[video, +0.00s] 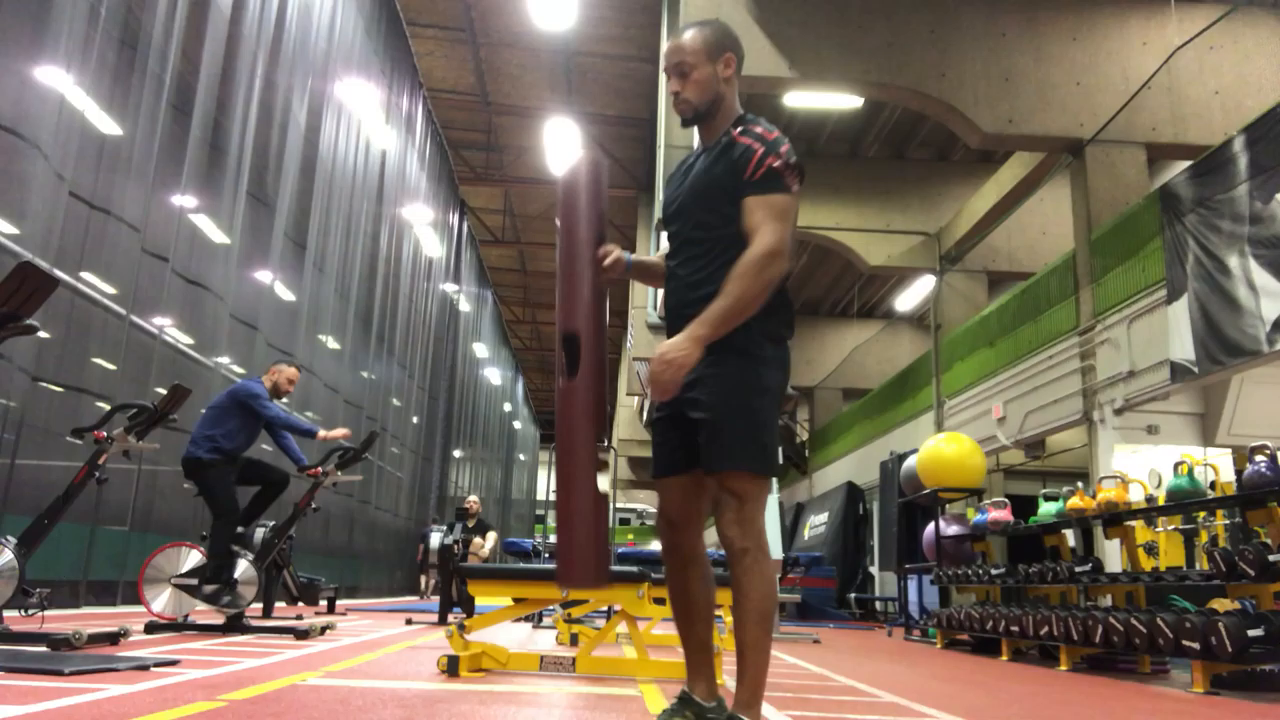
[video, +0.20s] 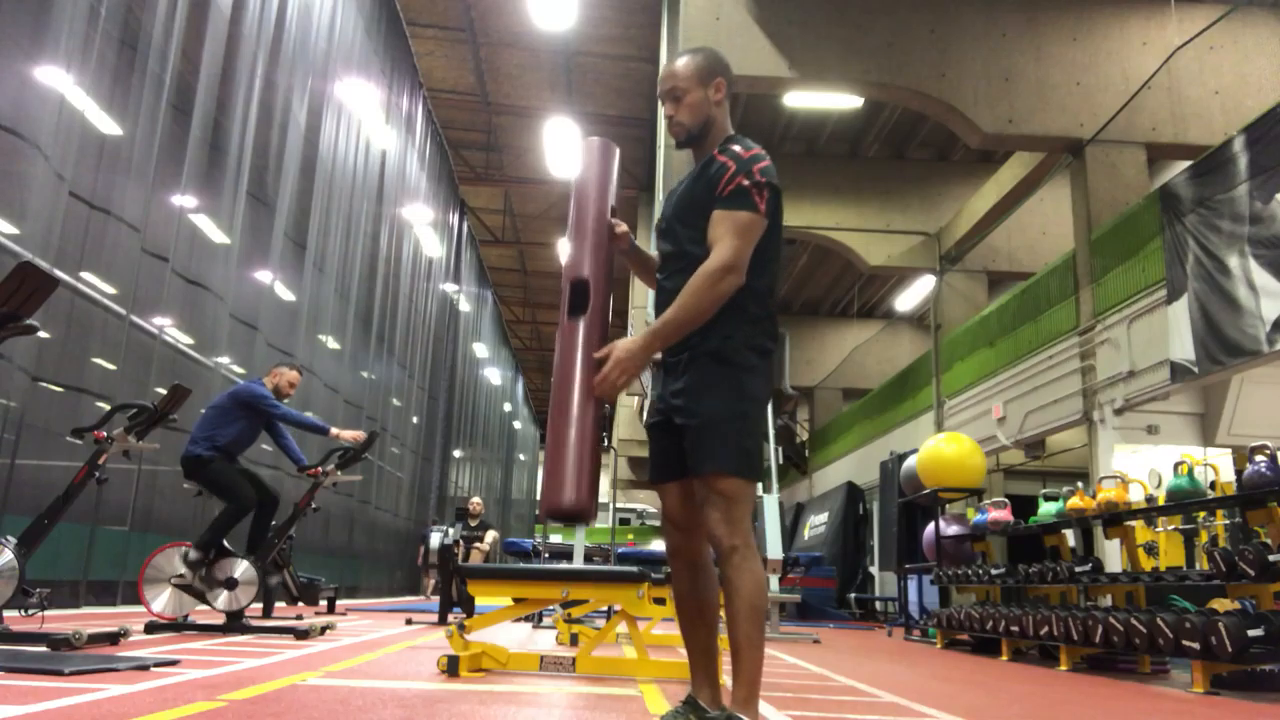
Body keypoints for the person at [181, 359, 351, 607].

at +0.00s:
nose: (291, 389)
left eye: (294, 385)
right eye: (289, 382)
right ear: (273, 374)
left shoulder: (264, 401)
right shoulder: (250, 389)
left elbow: (280, 434)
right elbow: (277, 418)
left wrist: (304, 465)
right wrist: (321, 433)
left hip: (227, 461)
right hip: (204, 460)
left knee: (278, 479)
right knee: (227, 515)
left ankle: (238, 527)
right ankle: (212, 585)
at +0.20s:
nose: (291, 392)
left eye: (295, 389)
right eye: (290, 384)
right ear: (274, 374)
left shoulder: (266, 406)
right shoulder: (252, 391)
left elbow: (281, 438)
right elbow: (288, 416)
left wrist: (304, 466)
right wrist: (337, 433)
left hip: (223, 461)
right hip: (201, 458)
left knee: (268, 499)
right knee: (246, 500)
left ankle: (254, 559)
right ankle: (199, 550)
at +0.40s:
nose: (294, 392)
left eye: (297, 389)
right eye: (293, 385)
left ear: (280, 381)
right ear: (277, 375)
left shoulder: (264, 401)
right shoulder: (256, 391)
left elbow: (281, 437)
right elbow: (293, 418)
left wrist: (304, 466)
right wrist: (339, 436)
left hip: (217, 460)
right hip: (203, 455)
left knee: (243, 521)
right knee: (263, 471)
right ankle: (225, 525)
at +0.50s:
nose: (293, 395)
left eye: (296, 391)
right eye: (292, 387)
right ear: (276, 377)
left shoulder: (265, 404)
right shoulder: (256, 392)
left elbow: (282, 438)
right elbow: (292, 418)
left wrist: (304, 467)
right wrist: (339, 437)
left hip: (214, 460)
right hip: (203, 455)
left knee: (248, 515)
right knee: (262, 475)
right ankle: (237, 540)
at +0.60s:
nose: (293, 395)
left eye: (297, 392)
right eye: (293, 387)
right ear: (277, 377)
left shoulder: (265, 404)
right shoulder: (256, 392)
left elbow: (282, 438)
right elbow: (291, 419)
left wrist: (305, 466)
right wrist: (338, 439)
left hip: (220, 459)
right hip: (205, 457)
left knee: (262, 503)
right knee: (256, 499)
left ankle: (225, 542)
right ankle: (236, 562)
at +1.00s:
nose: (294, 395)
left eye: (297, 392)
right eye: (293, 388)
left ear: (281, 384)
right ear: (277, 378)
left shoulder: (266, 403)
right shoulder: (257, 393)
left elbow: (282, 438)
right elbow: (293, 421)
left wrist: (304, 467)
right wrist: (340, 440)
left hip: (221, 460)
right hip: (204, 457)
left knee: (262, 506)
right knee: (249, 497)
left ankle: (251, 563)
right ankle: (204, 542)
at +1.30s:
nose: (294, 394)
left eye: (297, 391)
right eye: (293, 387)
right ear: (277, 377)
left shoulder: (266, 403)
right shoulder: (257, 392)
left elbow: (282, 437)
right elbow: (293, 421)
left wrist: (304, 466)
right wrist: (340, 440)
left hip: (214, 458)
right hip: (204, 456)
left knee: (256, 512)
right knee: (260, 483)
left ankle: (225, 546)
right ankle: (241, 544)